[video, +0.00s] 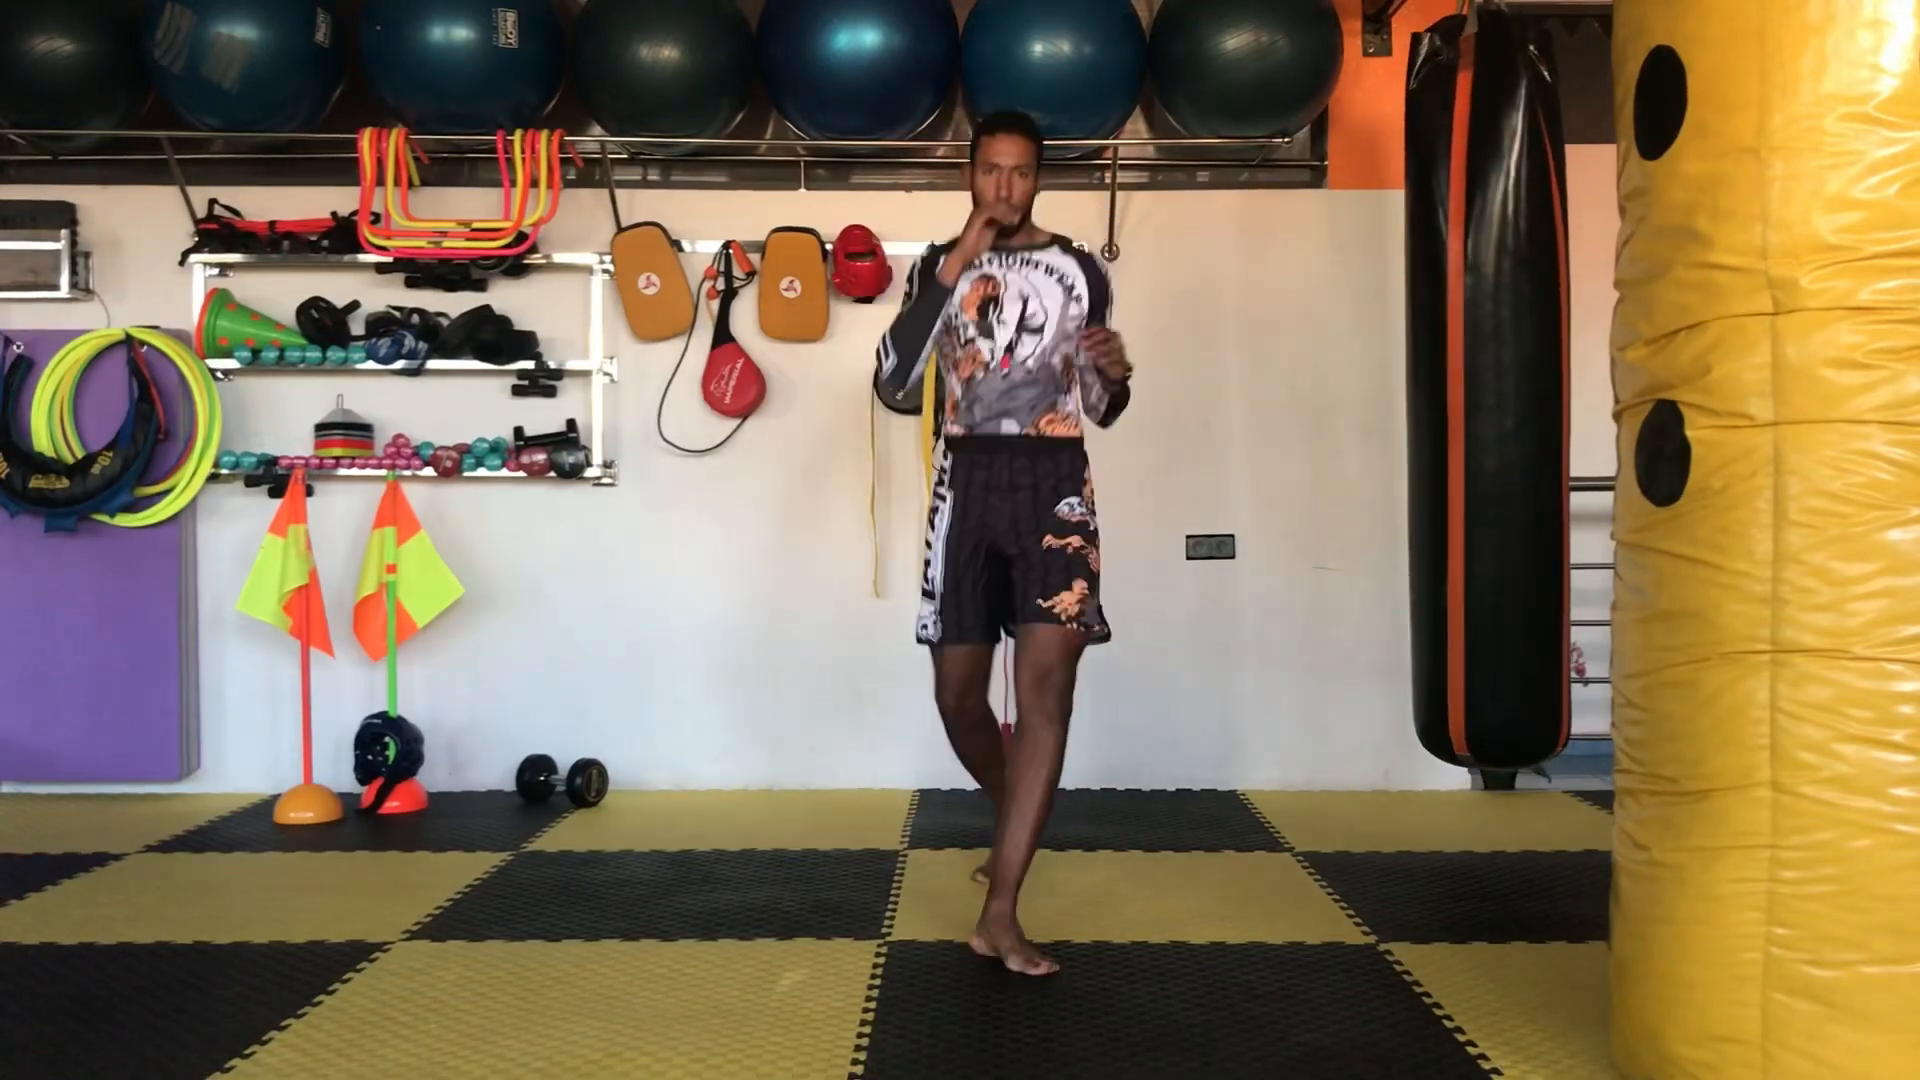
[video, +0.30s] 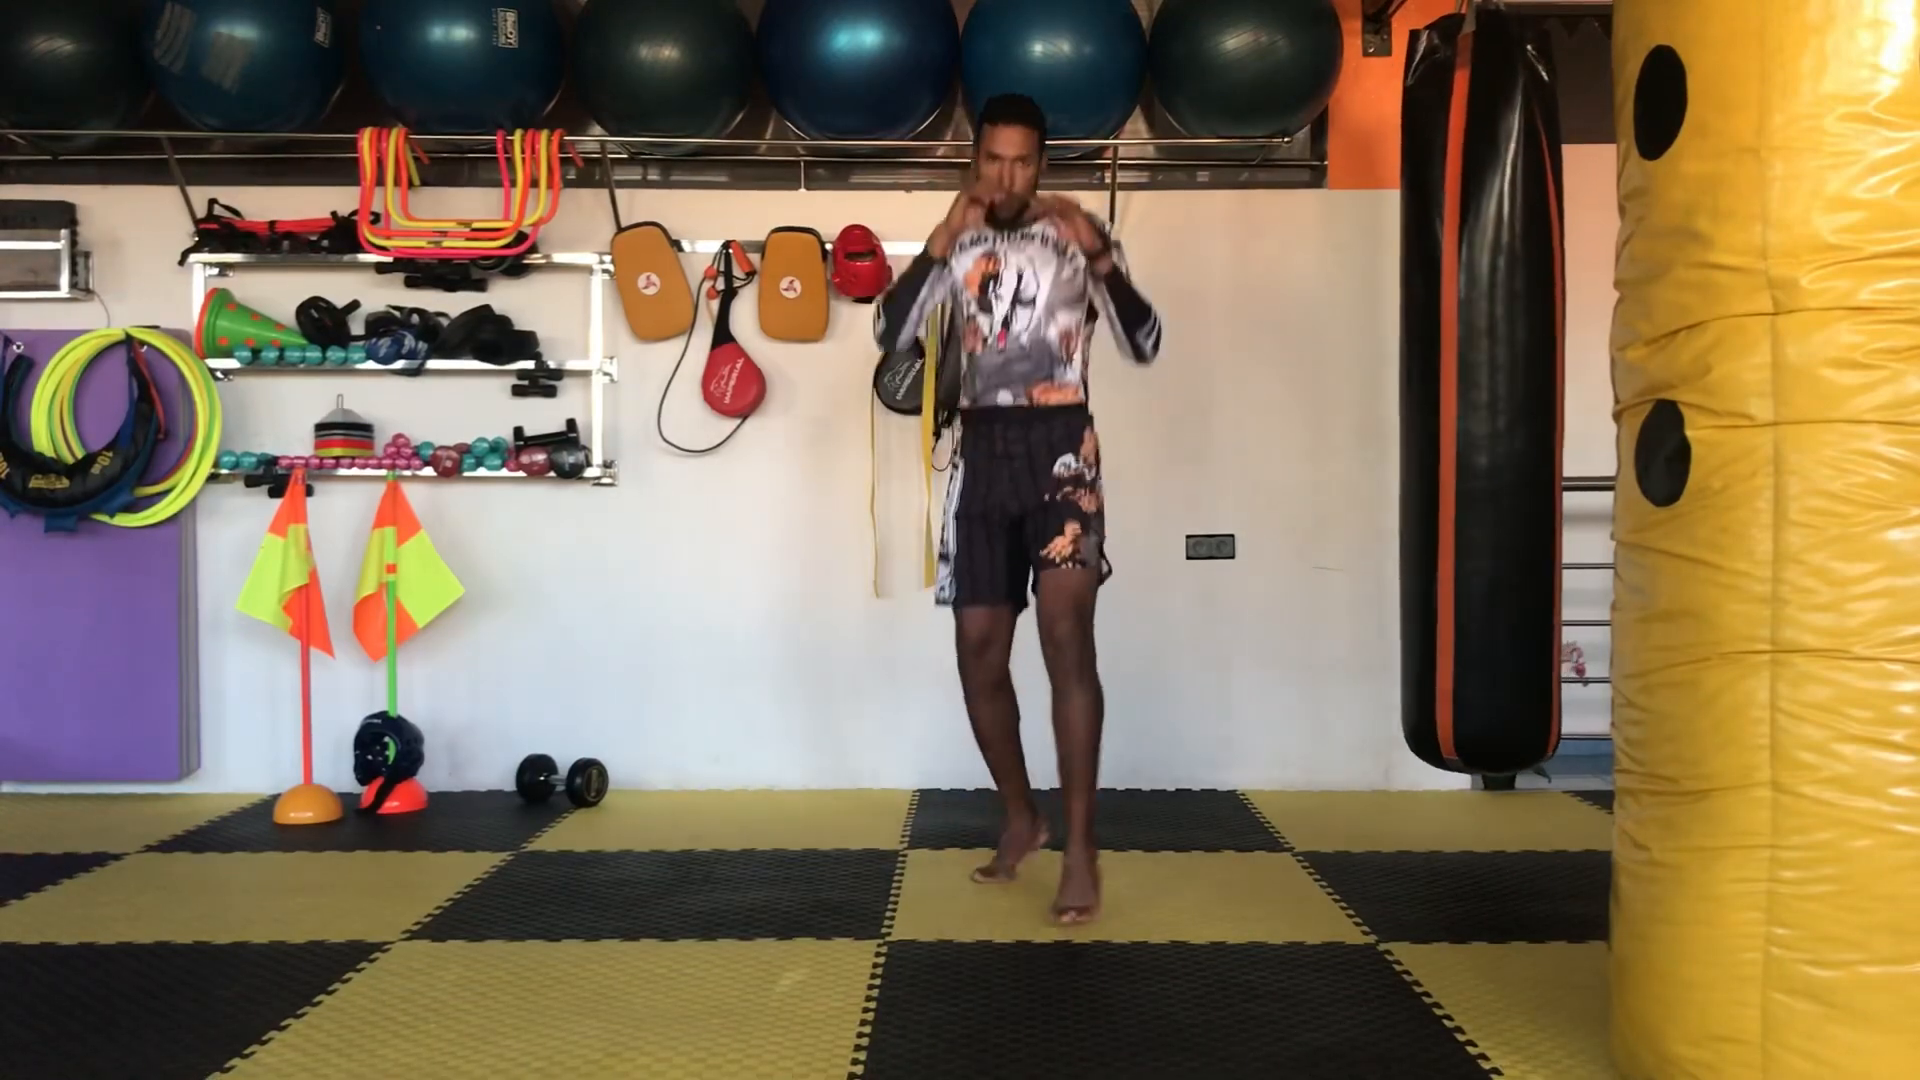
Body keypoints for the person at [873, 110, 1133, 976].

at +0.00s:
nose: (1004, 185)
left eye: (1020, 171)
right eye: (991, 170)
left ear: (1039, 180)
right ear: (970, 177)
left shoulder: (1079, 273)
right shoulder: (939, 269)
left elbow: (1104, 410)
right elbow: (893, 380)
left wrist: (1112, 373)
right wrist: (951, 272)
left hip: (1056, 490)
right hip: (968, 491)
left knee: (1044, 695)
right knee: (959, 701)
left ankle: (1001, 909)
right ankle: (1018, 810)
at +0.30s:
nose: (1006, 173)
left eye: (1020, 160)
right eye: (994, 158)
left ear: (1042, 164)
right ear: (975, 160)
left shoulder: (1075, 236)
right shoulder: (952, 248)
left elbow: (1142, 343)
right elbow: (892, 336)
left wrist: (1103, 259)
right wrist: (938, 248)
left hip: (1062, 453)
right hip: (980, 455)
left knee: (1067, 645)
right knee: (980, 655)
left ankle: (1080, 843)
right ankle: (1019, 815)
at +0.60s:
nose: (1025, 216)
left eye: (1039, 203)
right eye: (1012, 202)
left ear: (1063, 203)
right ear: (995, 202)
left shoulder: (1106, 269)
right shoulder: (980, 280)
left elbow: (1155, 381)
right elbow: (928, 386)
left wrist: (1099, 291)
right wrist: (961, 289)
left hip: (1087, 489)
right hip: (1009, 492)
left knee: (1091, 690)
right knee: (978, 690)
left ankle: (1123, 865)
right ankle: (1035, 824)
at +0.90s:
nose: (1005, 195)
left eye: (1019, 182)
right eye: (993, 181)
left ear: (1043, 181)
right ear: (976, 179)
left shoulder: (1083, 249)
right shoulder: (960, 262)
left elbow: (1146, 332)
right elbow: (901, 354)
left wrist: (1092, 238)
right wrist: (940, 259)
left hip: (1070, 463)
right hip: (990, 465)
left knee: (1088, 664)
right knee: (979, 660)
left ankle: (1117, 855)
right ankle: (1014, 809)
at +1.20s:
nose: (993, 236)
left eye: (1006, 223)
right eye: (981, 222)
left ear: (1028, 221)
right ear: (964, 218)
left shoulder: (1063, 276)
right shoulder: (945, 287)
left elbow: (1120, 388)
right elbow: (891, 392)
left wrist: (1072, 307)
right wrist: (926, 307)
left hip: (1055, 486)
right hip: (978, 492)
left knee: (1068, 668)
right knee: (948, 691)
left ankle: (1117, 861)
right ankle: (1018, 817)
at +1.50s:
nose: (1006, 194)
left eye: (1019, 180)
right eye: (993, 180)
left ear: (1035, 176)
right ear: (971, 171)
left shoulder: (1063, 240)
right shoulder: (932, 234)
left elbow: (1132, 347)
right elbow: (862, 313)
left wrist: (1108, 285)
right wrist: (925, 236)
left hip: (1043, 436)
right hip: (959, 447)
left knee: (1125, 604)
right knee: (948, 660)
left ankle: (1084, 711)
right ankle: (984, 797)